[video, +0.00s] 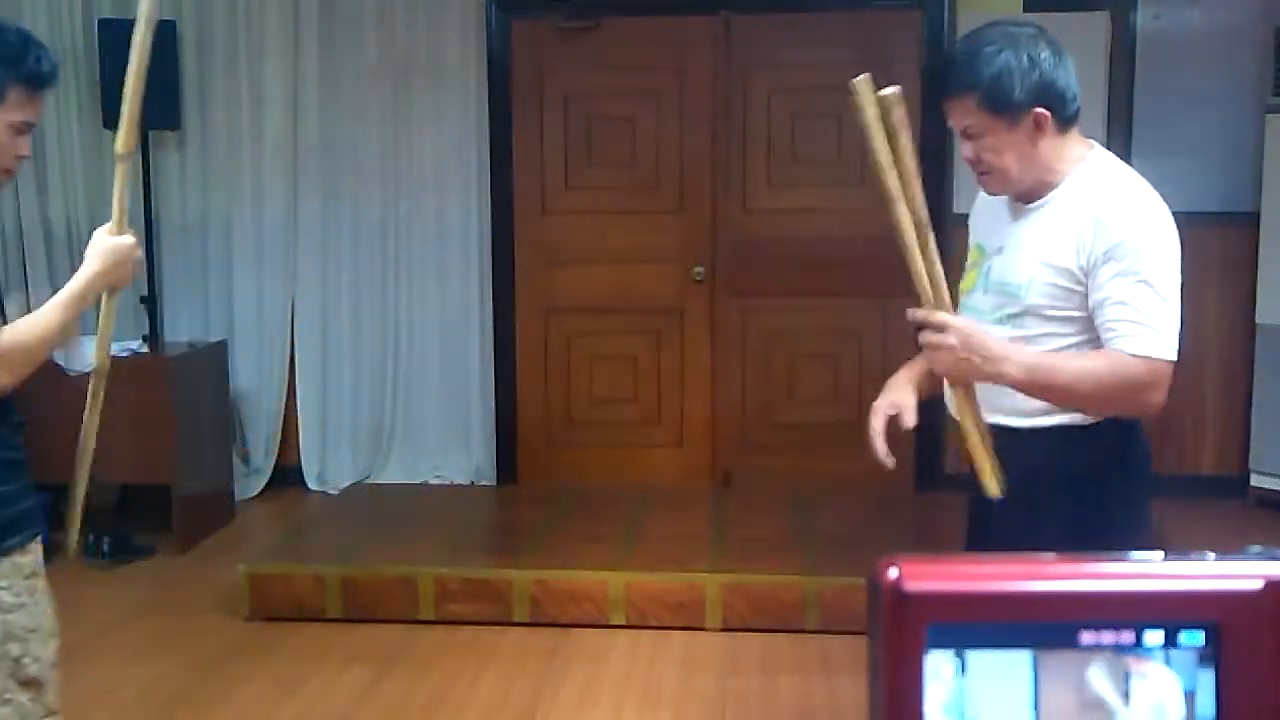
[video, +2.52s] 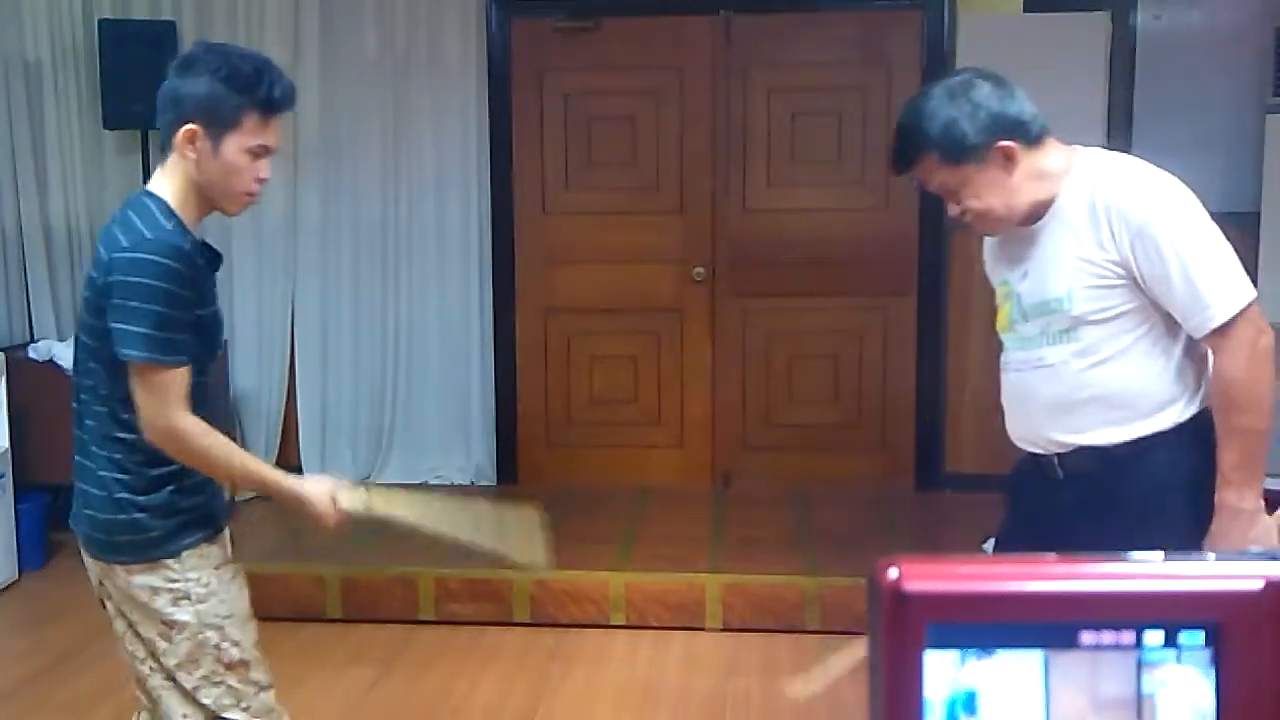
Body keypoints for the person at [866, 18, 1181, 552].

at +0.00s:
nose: (964, 155)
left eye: (974, 136)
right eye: (959, 138)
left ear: (1037, 123)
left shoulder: (1126, 210)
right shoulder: (991, 201)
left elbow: (1144, 384)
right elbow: (984, 325)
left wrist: (1004, 363)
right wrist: (911, 377)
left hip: (1085, 466)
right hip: (999, 464)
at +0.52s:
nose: (1024, 158)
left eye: (1032, 135)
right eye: (1017, 138)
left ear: (1093, 113)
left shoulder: (1178, 187)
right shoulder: (1062, 192)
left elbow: (1147, 359)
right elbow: (1054, 334)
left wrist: (984, 369)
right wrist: (1015, 395)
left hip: (1168, 458)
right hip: (1081, 451)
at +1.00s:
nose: (1127, 155)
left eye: (1136, 135)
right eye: (1120, 137)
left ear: (1202, 115)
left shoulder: (1267, 193)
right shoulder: (1146, 198)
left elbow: (1265, 381)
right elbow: (1136, 340)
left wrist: (1109, 398)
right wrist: (1086, 403)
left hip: (1241, 480)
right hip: (1140, 472)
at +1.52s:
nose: (1179, 185)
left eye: (1184, 164)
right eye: (1172, 168)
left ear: (1253, 140)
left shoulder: (1273, 226)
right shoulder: (1195, 215)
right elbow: (1207, 347)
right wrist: (1153, 444)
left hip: (1262, 481)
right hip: (1182, 473)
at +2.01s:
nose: (1096, 184)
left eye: (1104, 166)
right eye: (1090, 167)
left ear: (1166, 140)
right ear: (1165, 142)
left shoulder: (1265, 212)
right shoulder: (1138, 203)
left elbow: (1277, 402)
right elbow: (1143, 354)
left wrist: (1204, 511)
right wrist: (1081, 449)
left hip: (1221, 492)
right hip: (1121, 482)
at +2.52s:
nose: (952, 214)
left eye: (953, 194)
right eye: (943, 200)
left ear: (1004, 155)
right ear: (1004, 156)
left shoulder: (1134, 198)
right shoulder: (1001, 233)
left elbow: (1244, 338)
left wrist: (1240, 506)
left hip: (1150, 479)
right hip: (1041, 483)